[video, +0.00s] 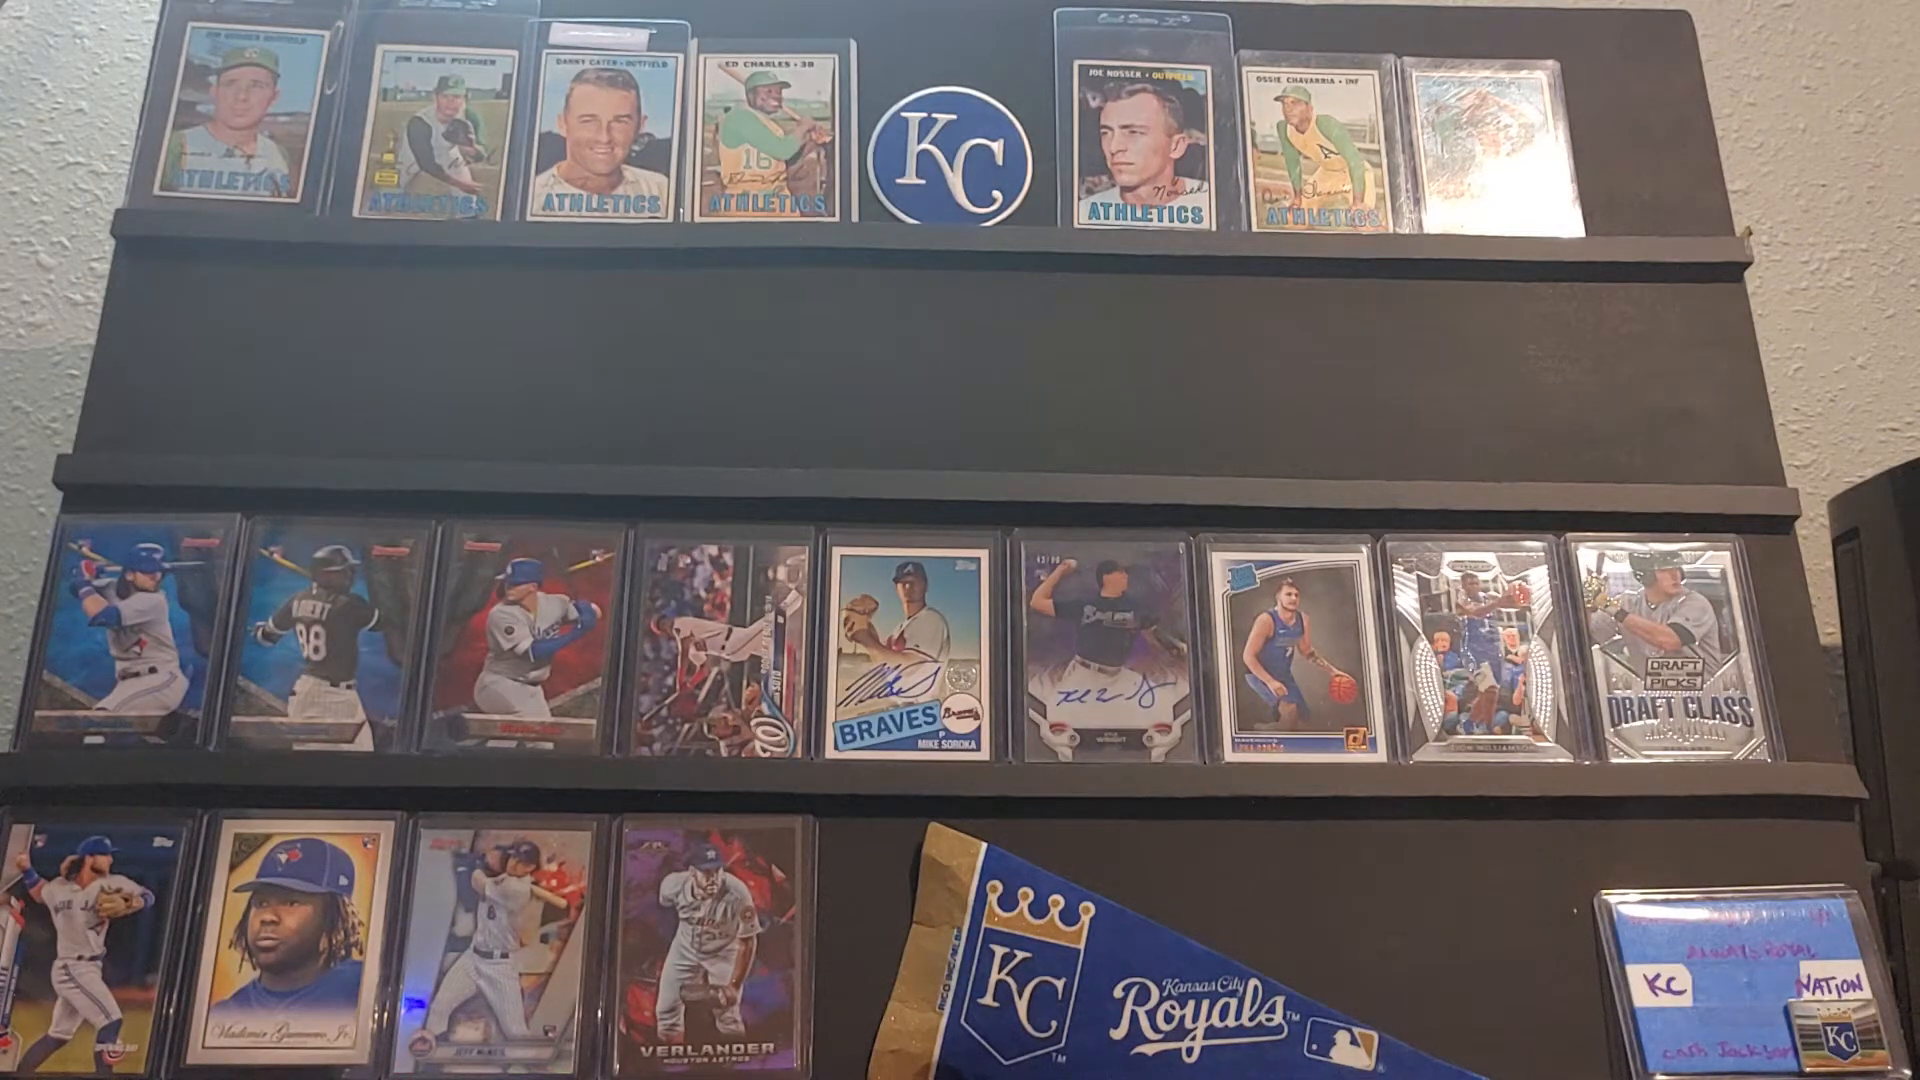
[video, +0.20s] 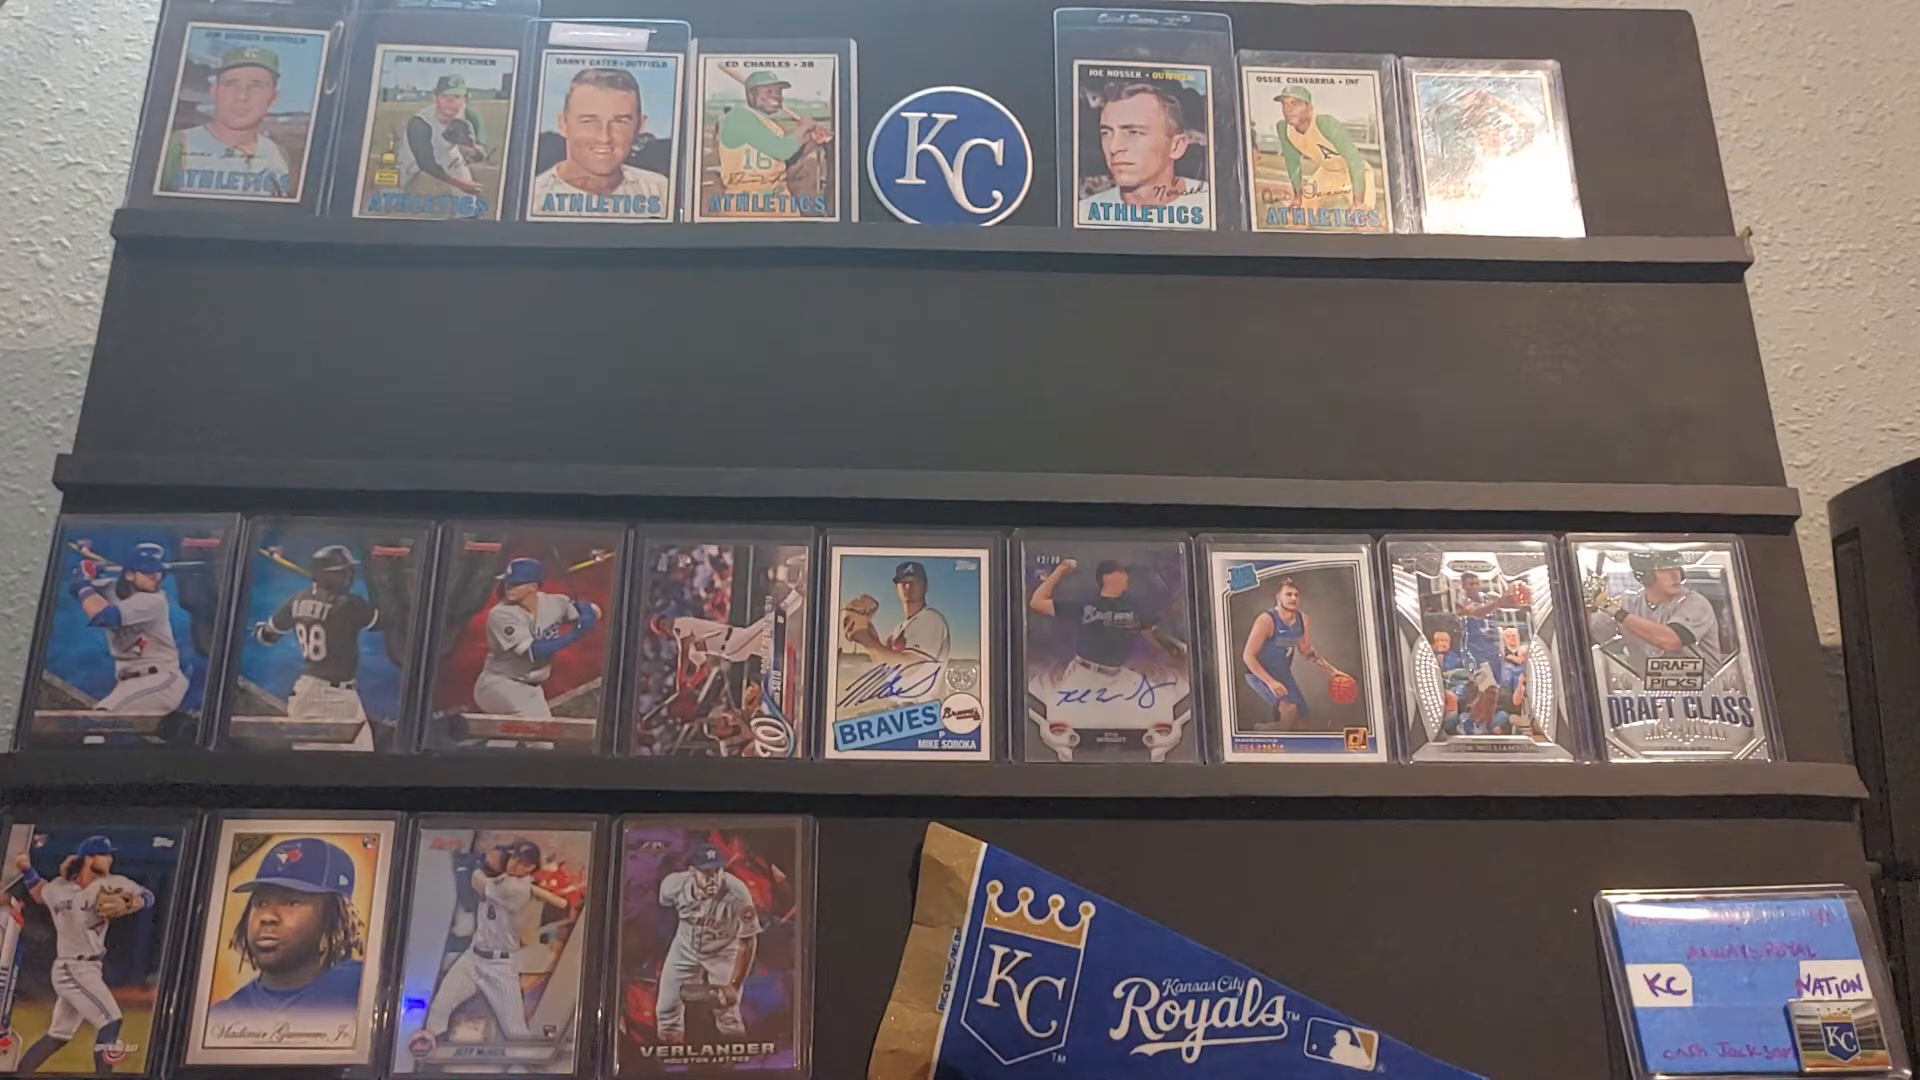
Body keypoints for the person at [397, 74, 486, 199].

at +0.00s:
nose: (451, 102)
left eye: (457, 97)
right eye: (445, 96)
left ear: (464, 100)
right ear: (436, 97)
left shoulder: (467, 117)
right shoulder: (419, 123)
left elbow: (481, 154)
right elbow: (428, 166)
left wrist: (469, 150)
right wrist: (462, 185)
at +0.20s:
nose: (451, 101)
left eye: (456, 97)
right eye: (445, 96)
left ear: (464, 100)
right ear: (436, 98)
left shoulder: (469, 117)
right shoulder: (419, 123)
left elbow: (481, 153)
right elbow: (427, 165)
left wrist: (467, 148)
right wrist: (462, 185)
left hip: (454, 165)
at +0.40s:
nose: (451, 101)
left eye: (456, 97)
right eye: (445, 96)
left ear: (464, 100)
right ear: (436, 98)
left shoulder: (469, 116)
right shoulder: (419, 123)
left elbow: (481, 152)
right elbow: (427, 165)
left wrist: (471, 151)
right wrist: (461, 185)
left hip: (454, 164)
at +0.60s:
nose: (451, 101)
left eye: (456, 97)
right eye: (445, 96)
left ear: (464, 100)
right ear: (436, 98)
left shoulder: (470, 117)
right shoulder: (419, 123)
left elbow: (480, 153)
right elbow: (427, 166)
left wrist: (469, 149)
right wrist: (462, 185)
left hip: (455, 166)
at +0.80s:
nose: (451, 101)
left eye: (456, 97)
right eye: (445, 96)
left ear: (464, 100)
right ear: (436, 98)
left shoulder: (470, 117)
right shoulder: (419, 123)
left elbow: (481, 153)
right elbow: (427, 166)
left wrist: (470, 150)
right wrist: (462, 185)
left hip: (455, 165)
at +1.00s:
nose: (451, 101)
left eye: (456, 97)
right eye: (445, 96)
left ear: (464, 100)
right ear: (435, 98)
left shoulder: (469, 117)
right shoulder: (419, 123)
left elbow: (480, 153)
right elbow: (427, 166)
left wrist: (471, 151)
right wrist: (462, 186)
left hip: (455, 166)